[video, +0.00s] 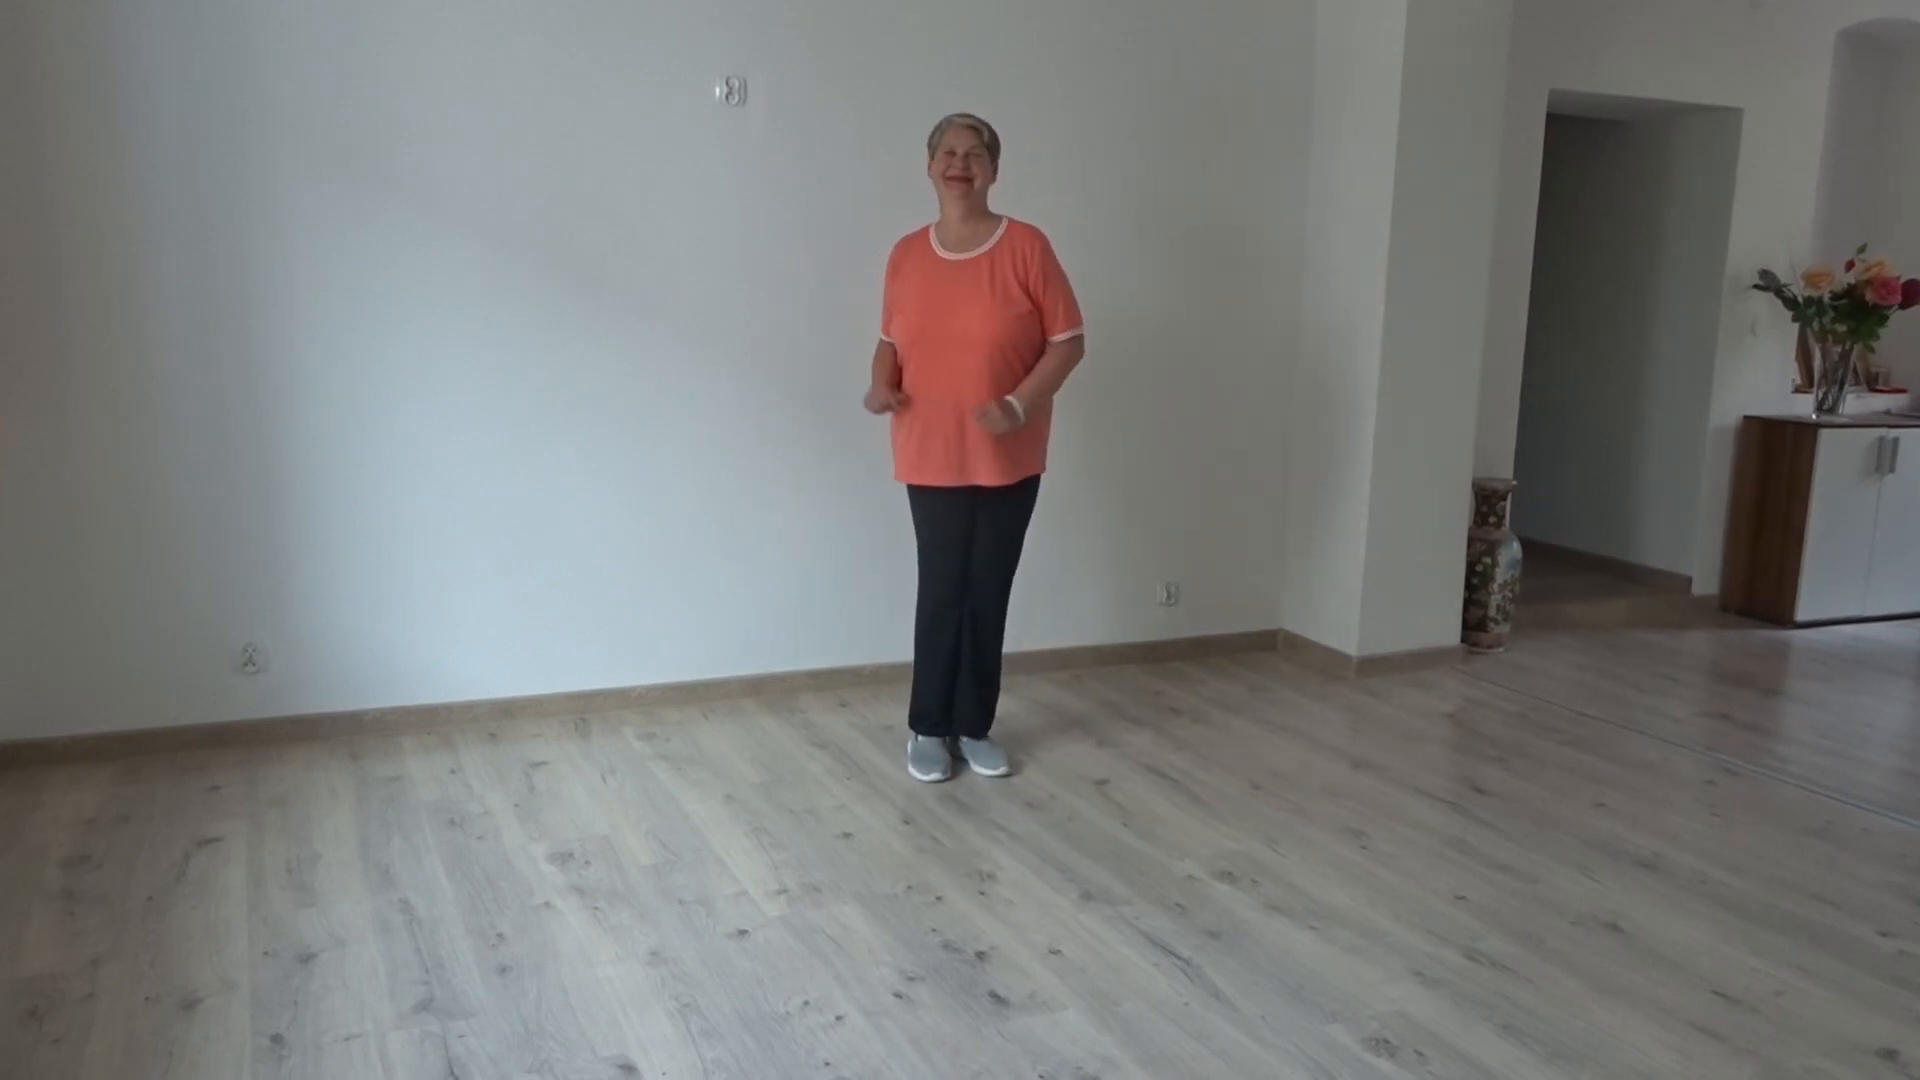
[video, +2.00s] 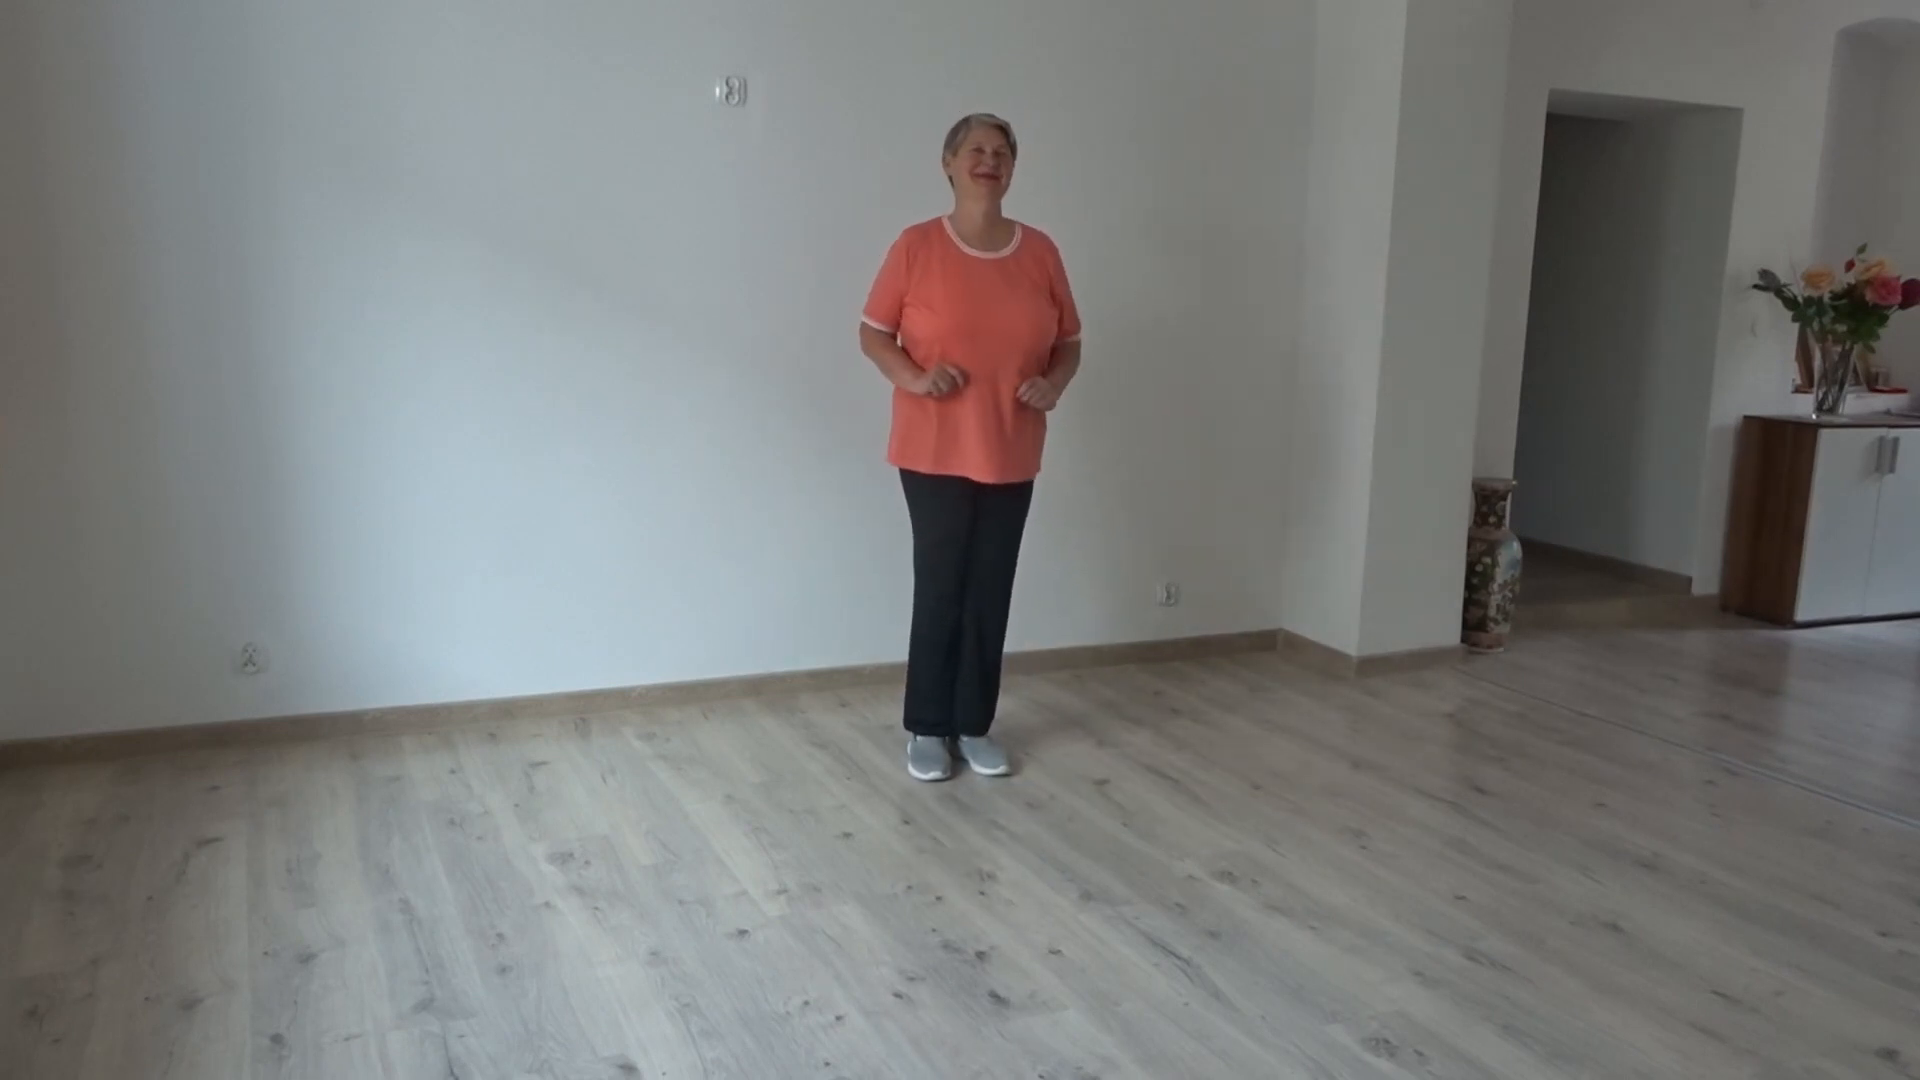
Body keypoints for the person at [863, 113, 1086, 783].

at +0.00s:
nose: (960, 163)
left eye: (973, 154)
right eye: (948, 153)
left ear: (994, 170)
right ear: (930, 168)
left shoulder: (1026, 246)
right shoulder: (907, 253)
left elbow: (1070, 340)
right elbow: (890, 340)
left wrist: (1022, 401)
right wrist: (882, 386)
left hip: (1007, 458)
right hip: (931, 458)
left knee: (987, 599)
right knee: (940, 596)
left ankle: (973, 730)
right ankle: (928, 731)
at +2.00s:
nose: (989, 160)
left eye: (1000, 152)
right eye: (976, 150)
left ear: (1013, 171)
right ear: (948, 165)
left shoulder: (1039, 251)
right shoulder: (916, 246)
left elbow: (1069, 338)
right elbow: (874, 333)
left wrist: (1054, 381)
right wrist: (914, 377)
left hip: (1009, 457)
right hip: (935, 455)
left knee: (989, 598)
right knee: (941, 594)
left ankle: (972, 729)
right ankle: (926, 730)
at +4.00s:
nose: (971, 164)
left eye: (983, 155)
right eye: (958, 155)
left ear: (998, 169)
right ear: (935, 168)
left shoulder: (1030, 249)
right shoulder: (904, 250)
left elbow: (1070, 338)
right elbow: (869, 337)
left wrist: (1040, 385)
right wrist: (896, 379)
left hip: (1006, 460)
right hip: (931, 459)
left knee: (987, 601)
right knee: (939, 598)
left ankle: (973, 731)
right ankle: (928, 733)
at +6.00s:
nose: (1000, 183)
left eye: (1015, 174)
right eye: (989, 172)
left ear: (1038, 189)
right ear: (972, 183)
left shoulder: (1051, 278)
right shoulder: (933, 252)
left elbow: (1085, 361)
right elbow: (860, 316)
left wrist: (1097, 405)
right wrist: (861, 367)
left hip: (1006, 470)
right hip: (926, 460)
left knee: (992, 611)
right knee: (931, 602)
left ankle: (972, 732)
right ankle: (890, 755)